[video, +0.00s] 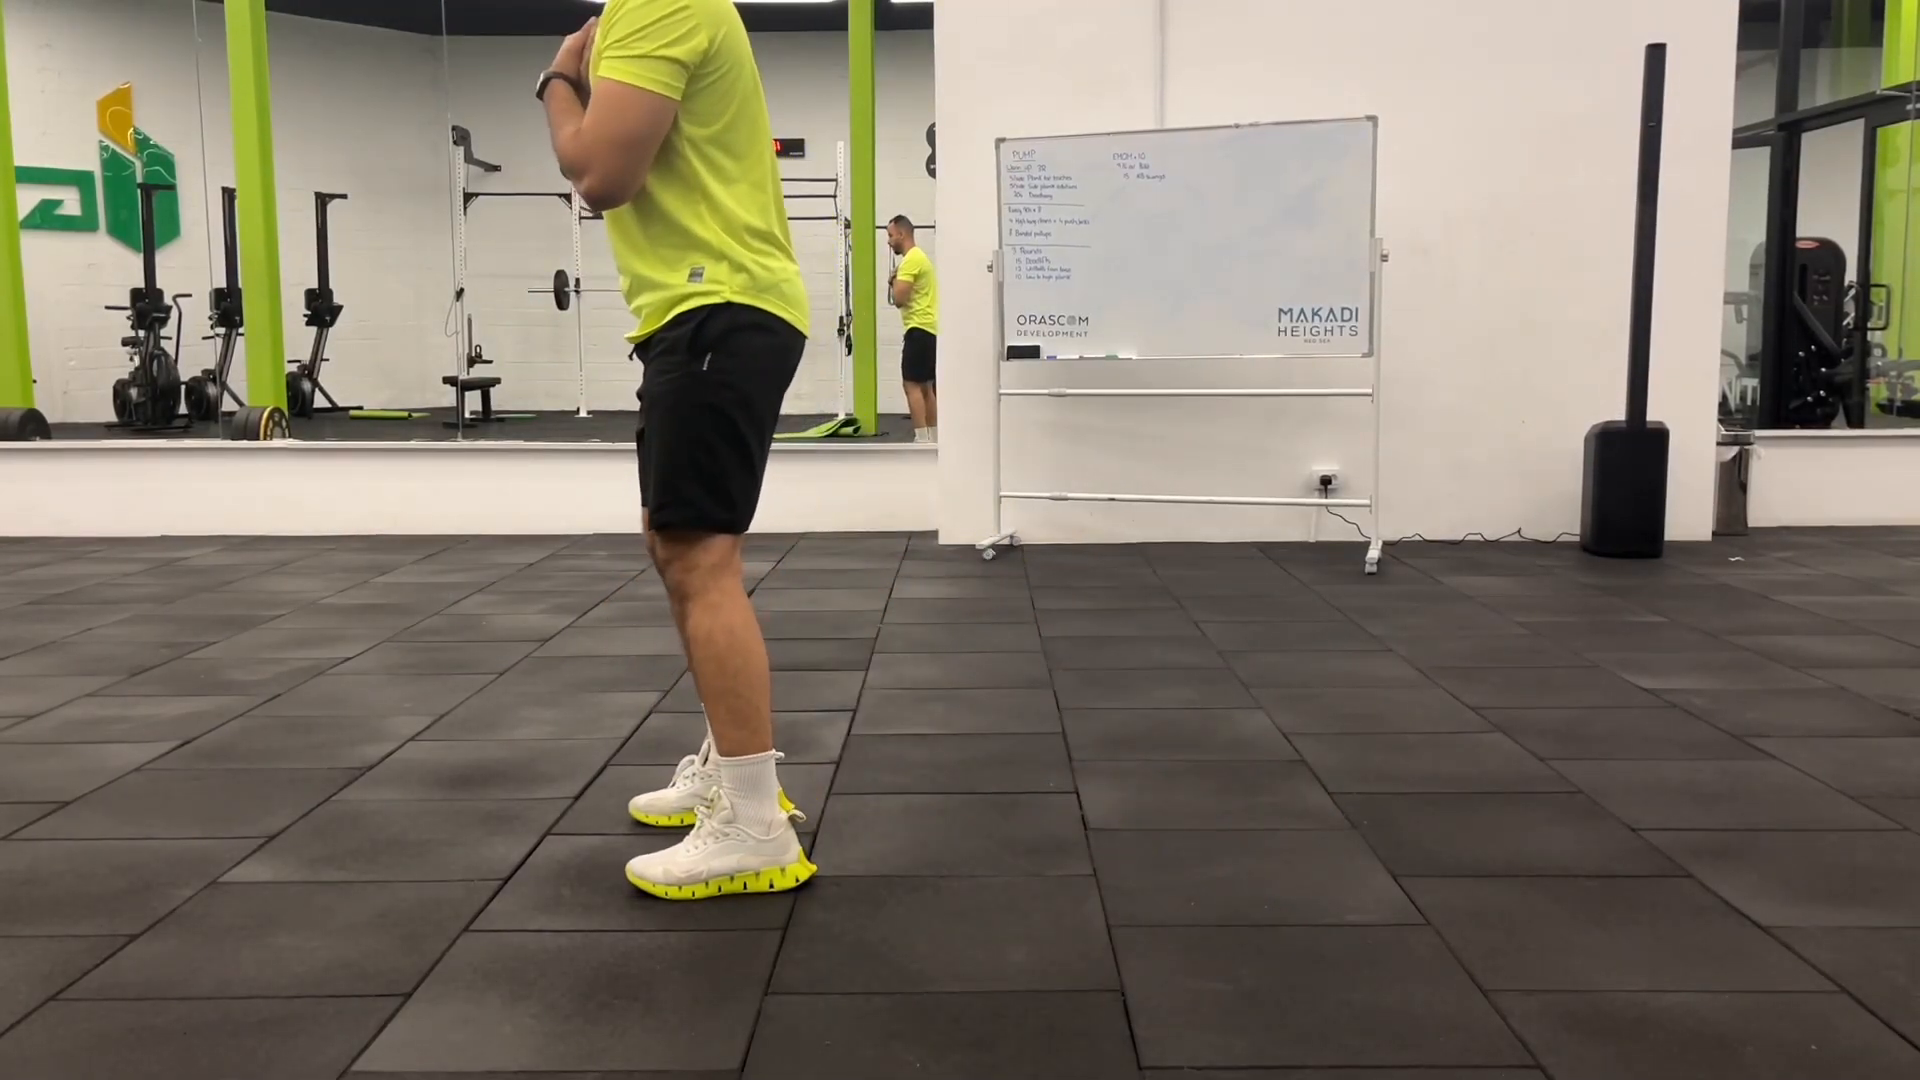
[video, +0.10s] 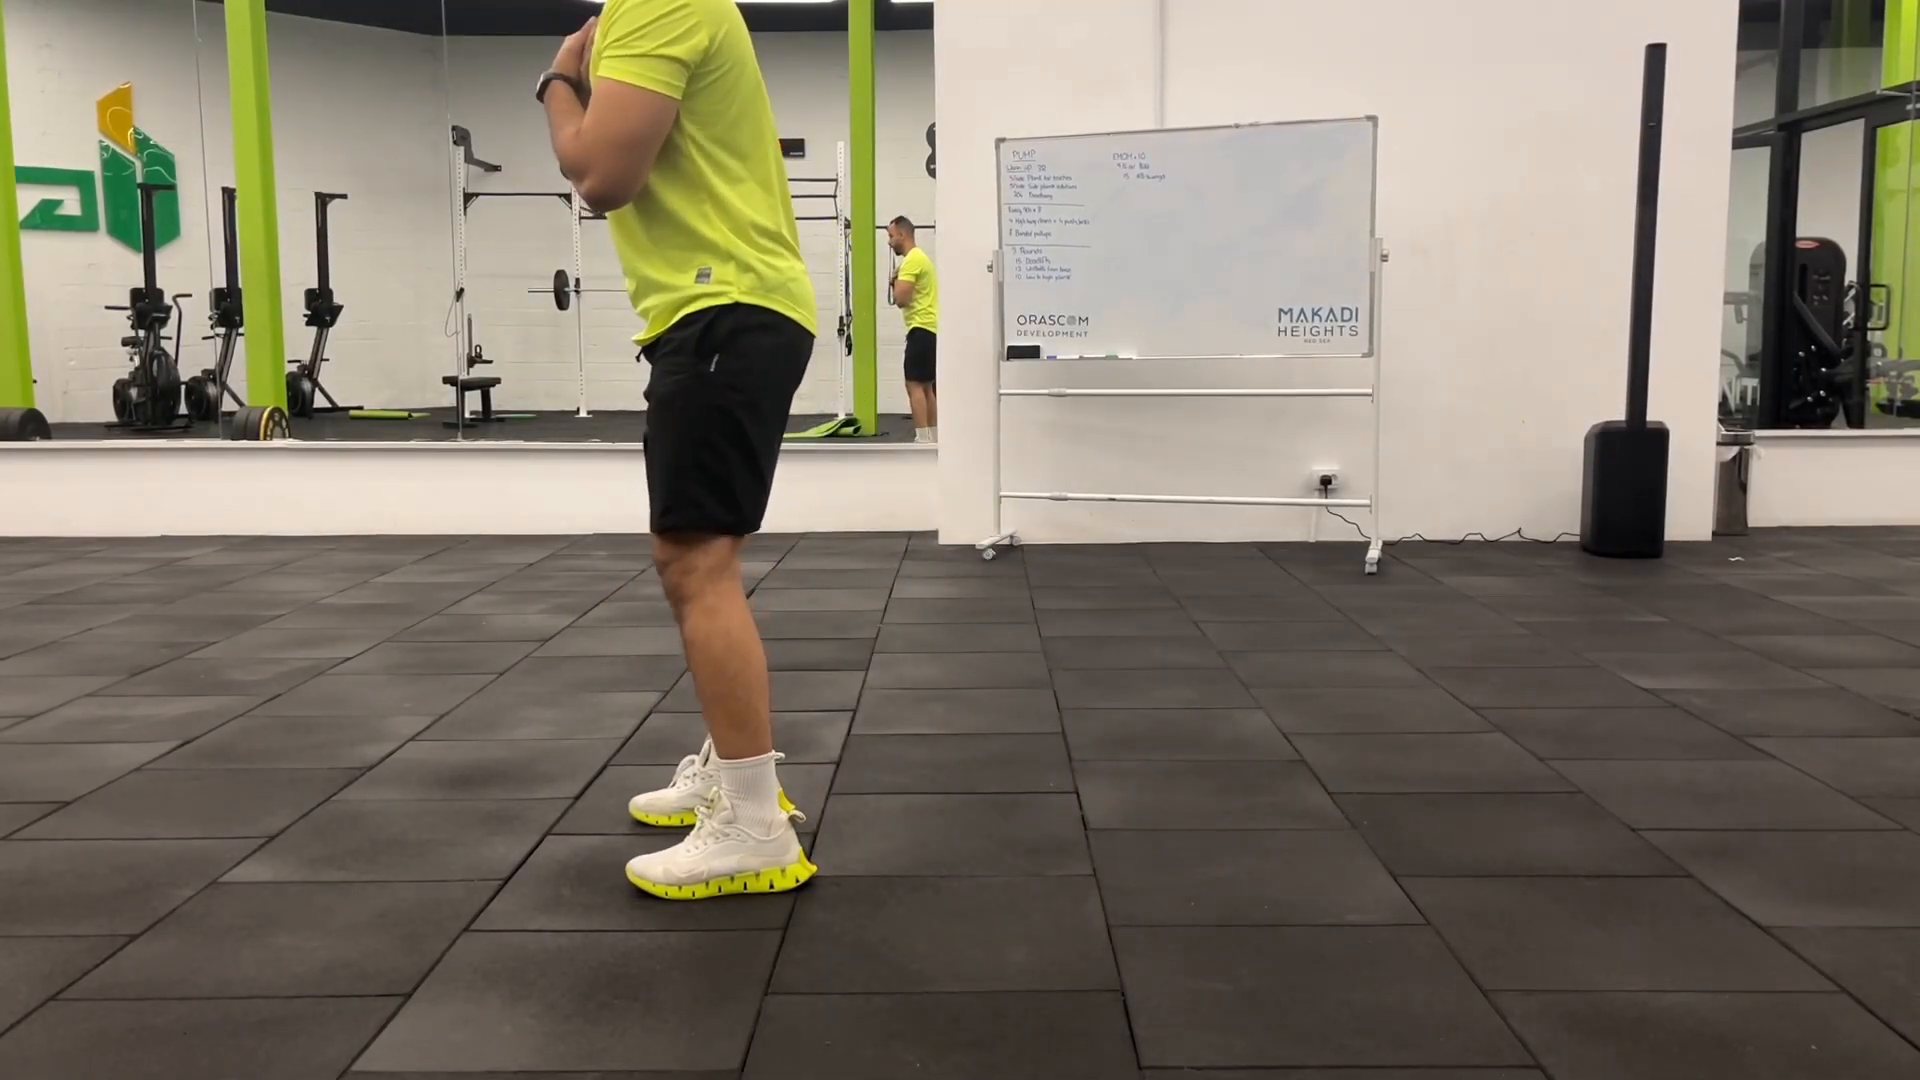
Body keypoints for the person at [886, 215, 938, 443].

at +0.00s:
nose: (888, 241)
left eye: (890, 235)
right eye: (888, 236)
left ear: (901, 234)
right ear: (905, 234)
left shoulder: (911, 259)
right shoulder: (919, 257)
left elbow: (899, 297)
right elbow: (902, 295)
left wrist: (894, 281)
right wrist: (896, 281)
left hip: (918, 329)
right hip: (929, 328)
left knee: (911, 385)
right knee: (926, 386)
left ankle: (922, 438)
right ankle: (933, 435)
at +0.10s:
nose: (889, 241)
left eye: (890, 236)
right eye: (888, 236)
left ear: (902, 234)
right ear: (905, 234)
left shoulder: (912, 259)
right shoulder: (919, 257)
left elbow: (901, 298)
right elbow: (904, 295)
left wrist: (895, 282)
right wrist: (897, 282)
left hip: (920, 328)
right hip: (930, 327)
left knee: (914, 384)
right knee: (928, 386)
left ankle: (923, 437)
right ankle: (933, 434)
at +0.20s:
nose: (889, 244)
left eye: (890, 238)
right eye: (888, 239)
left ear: (901, 237)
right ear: (906, 237)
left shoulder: (913, 261)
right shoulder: (919, 259)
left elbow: (905, 299)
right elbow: (907, 296)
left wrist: (897, 284)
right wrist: (898, 284)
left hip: (924, 328)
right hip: (932, 326)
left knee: (917, 384)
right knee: (931, 385)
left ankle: (923, 436)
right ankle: (934, 434)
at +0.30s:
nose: (887, 247)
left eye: (889, 242)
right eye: (887, 242)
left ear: (899, 241)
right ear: (903, 241)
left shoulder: (914, 262)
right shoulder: (915, 262)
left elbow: (907, 301)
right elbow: (907, 299)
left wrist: (898, 287)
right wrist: (898, 288)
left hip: (929, 328)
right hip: (931, 327)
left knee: (922, 382)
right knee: (931, 384)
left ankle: (925, 436)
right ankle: (934, 434)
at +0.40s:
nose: (885, 250)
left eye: (887, 245)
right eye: (885, 245)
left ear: (898, 244)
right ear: (901, 244)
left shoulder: (914, 264)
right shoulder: (912, 265)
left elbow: (909, 303)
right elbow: (907, 302)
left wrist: (899, 290)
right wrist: (900, 291)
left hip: (931, 328)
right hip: (929, 328)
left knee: (926, 384)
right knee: (926, 384)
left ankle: (935, 433)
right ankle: (934, 432)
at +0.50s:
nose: (884, 252)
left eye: (886, 247)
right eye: (883, 247)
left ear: (896, 246)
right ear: (900, 246)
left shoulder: (912, 265)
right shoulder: (910, 267)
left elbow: (910, 304)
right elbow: (906, 304)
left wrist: (899, 292)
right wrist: (900, 292)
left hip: (934, 329)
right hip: (928, 330)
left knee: (930, 386)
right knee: (925, 386)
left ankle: (938, 434)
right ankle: (933, 433)